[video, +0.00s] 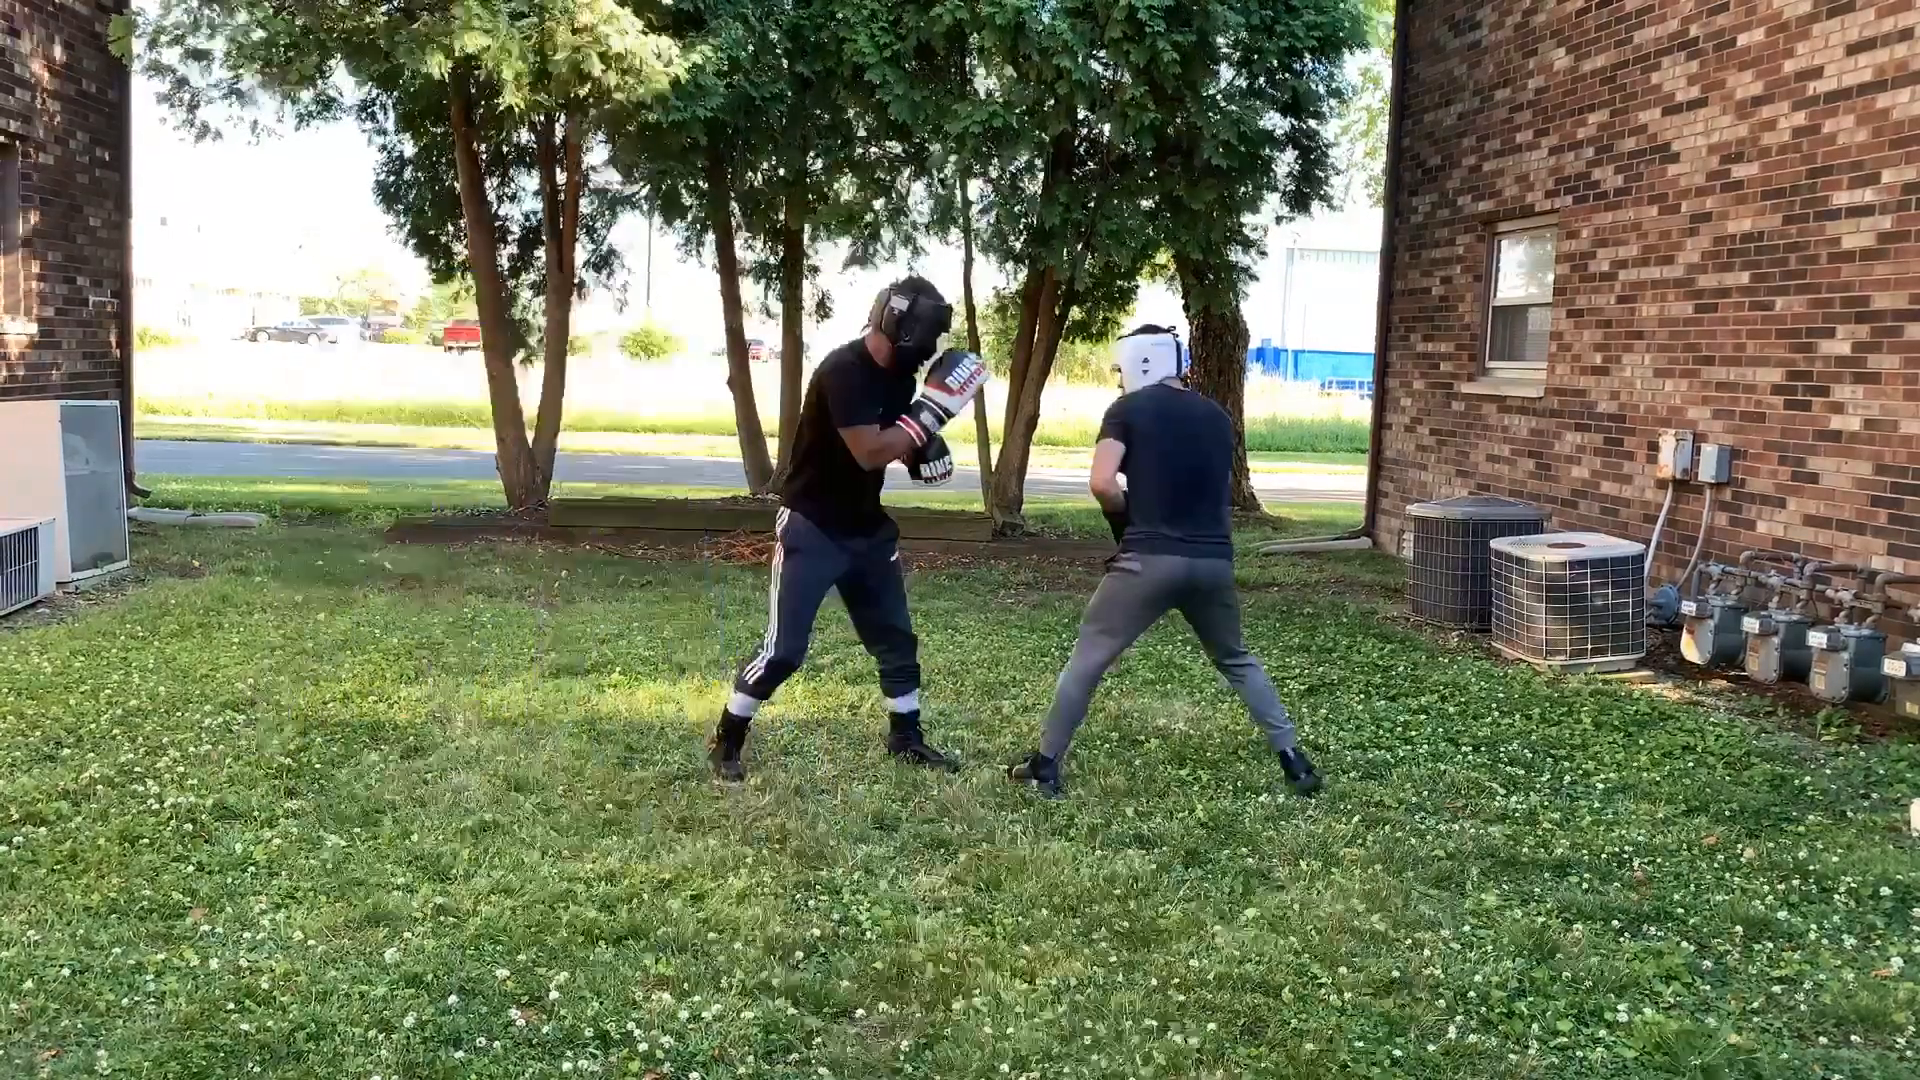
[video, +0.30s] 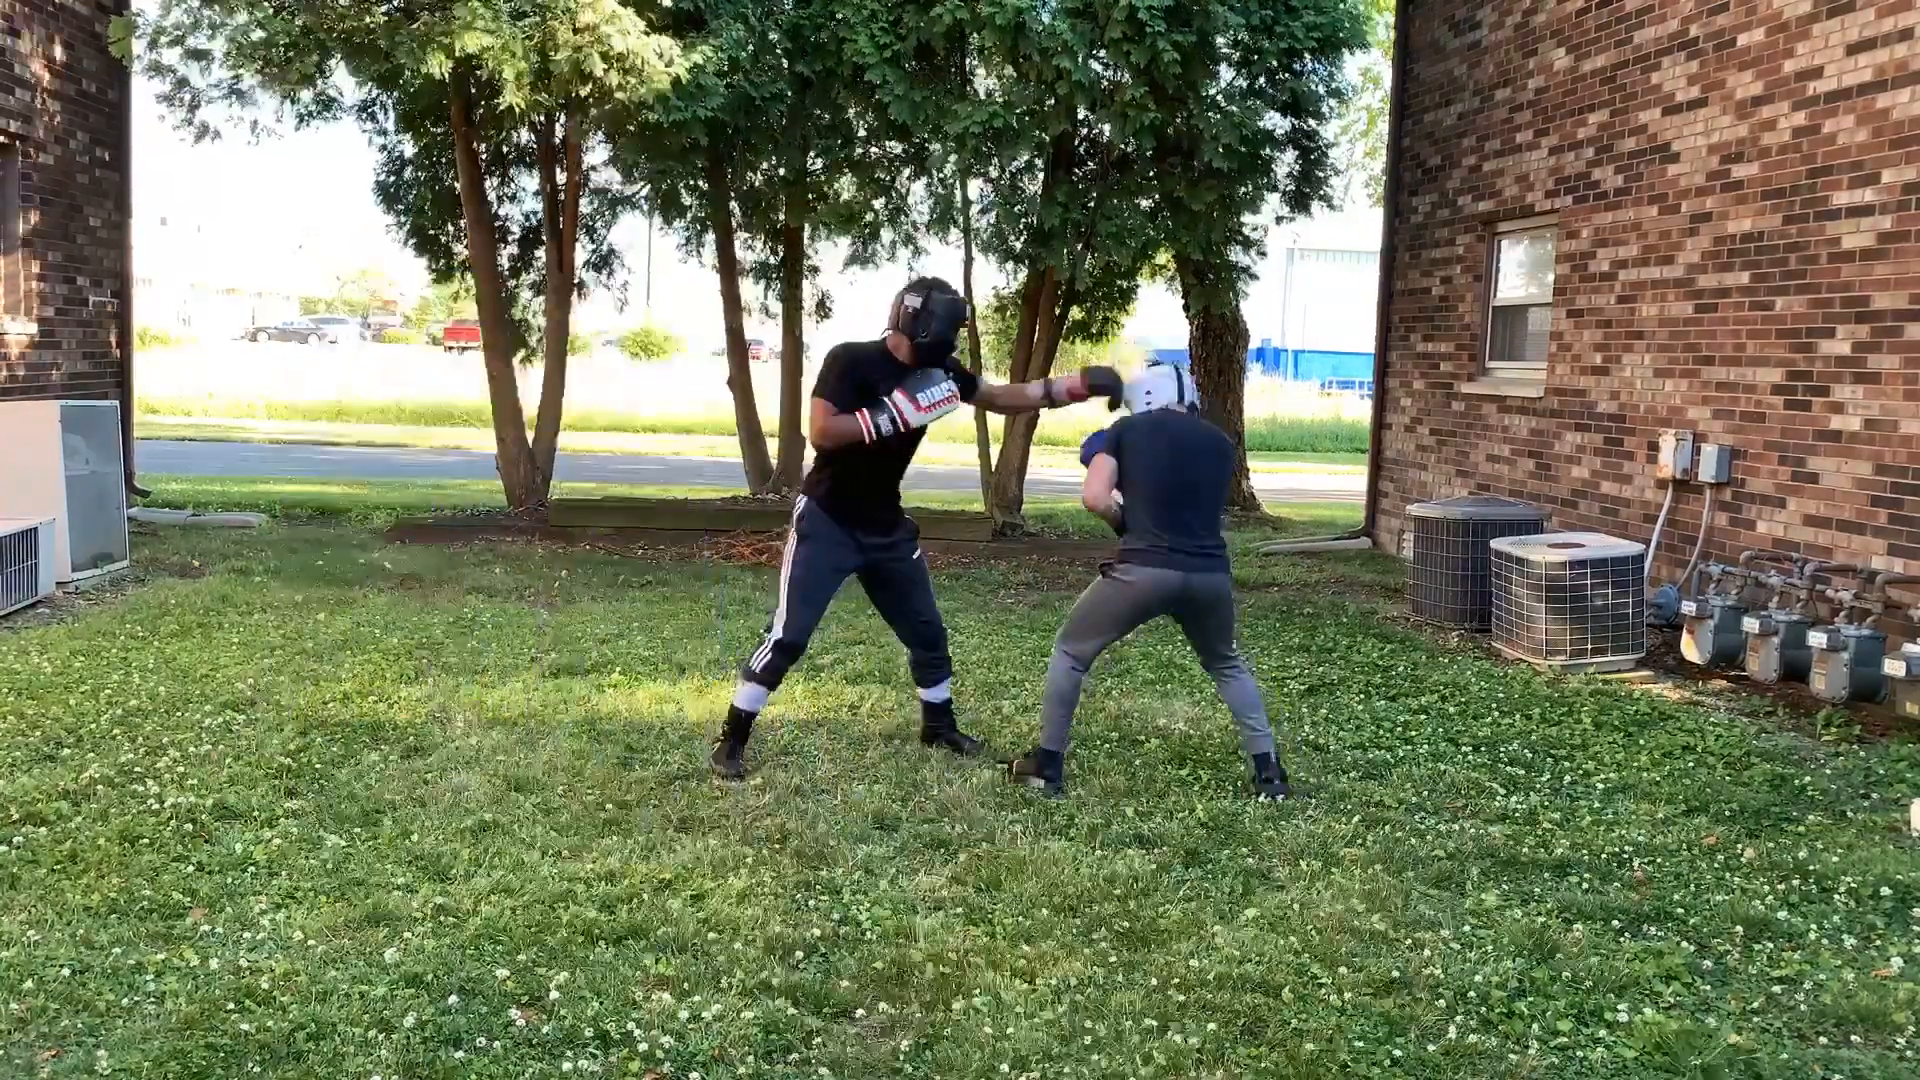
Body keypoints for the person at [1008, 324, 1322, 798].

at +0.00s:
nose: (1119, 376)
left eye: (1122, 368)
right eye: (1119, 368)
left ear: (1138, 366)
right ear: (1180, 367)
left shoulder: (1127, 408)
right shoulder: (1218, 416)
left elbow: (1103, 482)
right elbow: (1222, 490)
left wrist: (1124, 515)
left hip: (1149, 560)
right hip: (1214, 562)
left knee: (1088, 660)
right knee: (1236, 658)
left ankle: (1046, 763)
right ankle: (1293, 755)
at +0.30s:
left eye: (1132, 398)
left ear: (1138, 398)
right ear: (1186, 399)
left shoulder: (1122, 430)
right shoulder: (1220, 442)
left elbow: (1095, 496)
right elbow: (1212, 504)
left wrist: (1121, 516)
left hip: (1143, 572)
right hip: (1210, 577)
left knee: (1072, 653)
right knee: (1227, 662)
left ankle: (1048, 763)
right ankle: (1269, 769)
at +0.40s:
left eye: (1145, 453)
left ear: (1149, 454)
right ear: (1198, 463)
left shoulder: (1123, 478)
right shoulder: (1218, 493)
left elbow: (1090, 535)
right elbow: (1219, 540)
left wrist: (1131, 546)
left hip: (1132, 595)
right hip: (1206, 602)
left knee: (1059, 653)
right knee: (1236, 671)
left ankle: (1021, 752)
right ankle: (1269, 773)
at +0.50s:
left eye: (1106, 488)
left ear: (1112, 489)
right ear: (1158, 489)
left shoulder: (1098, 506)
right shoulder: (1193, 514)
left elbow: (1070, 561)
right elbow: (1215, 589)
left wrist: (1108, 576)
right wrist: (1173, 585)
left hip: (1122, 610)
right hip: (1195, 615)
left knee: (1045, 654)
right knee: (1225, 675)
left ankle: (1011, 754)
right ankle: (1267, 769)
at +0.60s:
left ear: (1066, 484)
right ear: (1109, 480)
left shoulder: (1059, 502)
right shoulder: (1143, 501)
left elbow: (1038, 561)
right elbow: (1174, 556)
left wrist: (1073, 577)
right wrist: (1138, 573)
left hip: (1109, 604)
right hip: (1176, 607)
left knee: (1026, 650)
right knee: (1201, 678)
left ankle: (1006, 758)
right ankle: (1264, 768)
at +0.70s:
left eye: (1038, 459)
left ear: (1043, 459)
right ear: (1089, 457)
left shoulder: (1030, 474)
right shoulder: (1126, 479)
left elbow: (990, 516)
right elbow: (1141, 538)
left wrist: (1023, 547)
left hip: (1070, 584)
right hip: (1141, 585)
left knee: (1009, 650)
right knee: (1182, 668)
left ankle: (1004, 758)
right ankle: (1254, 764)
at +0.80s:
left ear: (1040, 430)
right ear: (1088, 433)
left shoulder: (1018, 445)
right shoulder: (1112, 459)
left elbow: (943, 451)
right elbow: (1132, 537)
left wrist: (969, 505)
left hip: (1043, 566)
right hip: (1113, 565)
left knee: (1007, 649)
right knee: (1157, 653)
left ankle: (1006, 758)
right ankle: (1198, 760)